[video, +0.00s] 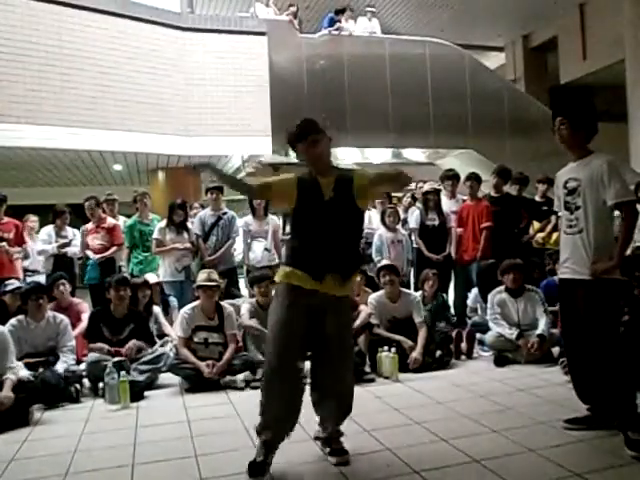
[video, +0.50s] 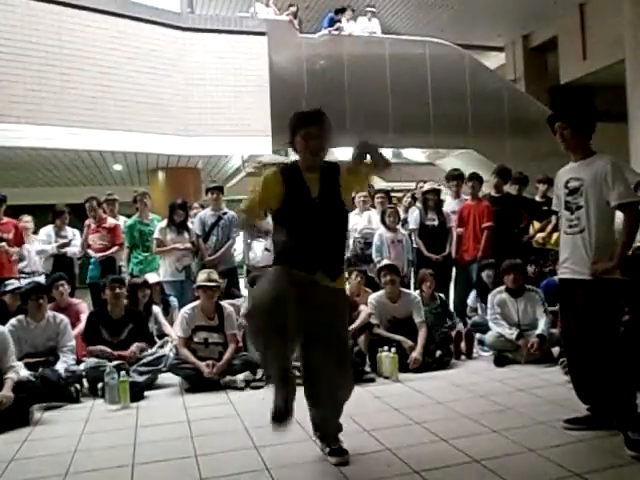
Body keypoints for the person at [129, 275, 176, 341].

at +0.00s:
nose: (145, 293)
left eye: (147, 289)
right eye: (141, 289)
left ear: (151, 291)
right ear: (135, 292)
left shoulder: (155, 310)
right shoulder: (129, 310)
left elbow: (165, 326)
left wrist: (176, 339)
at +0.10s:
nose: (145, 293)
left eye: (148, 289)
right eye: (142, 290)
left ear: (151, 292)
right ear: (135, 292)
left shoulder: (155, 310)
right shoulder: (129, 310)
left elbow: (165, 326)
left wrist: (175, 339)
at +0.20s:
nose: (145, 293)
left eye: (148, 289)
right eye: (141, 290)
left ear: (151, 292)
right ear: (135, 292)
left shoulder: (155, 310)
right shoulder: (129, 311)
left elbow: (165, 326)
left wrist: (176, 339)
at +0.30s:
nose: (145, 293)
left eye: (147, 289)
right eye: (141, 290)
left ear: (151, 291)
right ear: (134, 292)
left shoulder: (154, 310)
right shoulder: (128, 311)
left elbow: (165, 326)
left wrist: (175, 339)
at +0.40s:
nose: (145, 293)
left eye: (147, 289)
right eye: (141, 289)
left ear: (150, 291)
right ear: (134, 292)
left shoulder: (154, 310)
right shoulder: (128, 311)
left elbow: (165, 326)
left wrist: (175, 339)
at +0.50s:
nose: (145, 292)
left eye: (147, 288)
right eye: (141, 289)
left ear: (150, 291)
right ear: (134, 292)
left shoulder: (154, 310)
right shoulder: (127, 311)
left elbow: (165, 326)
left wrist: (176, 339)